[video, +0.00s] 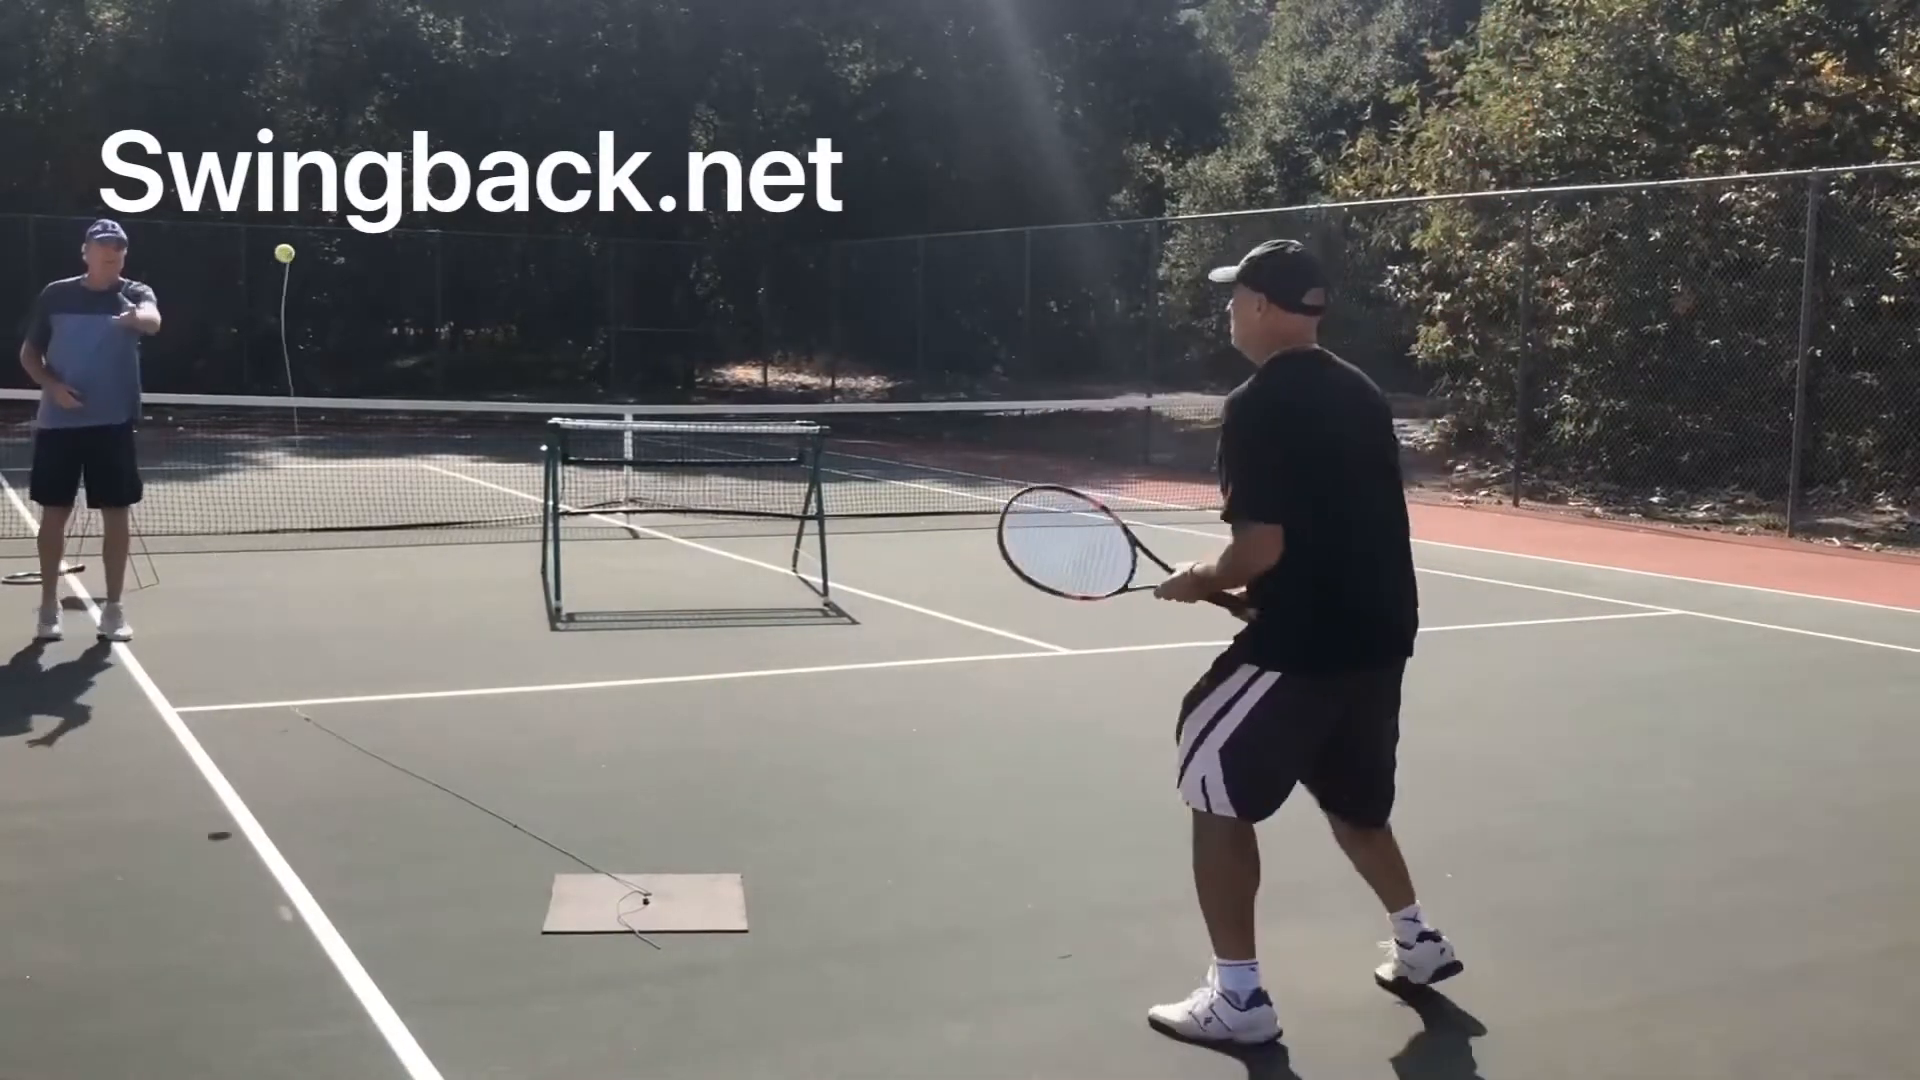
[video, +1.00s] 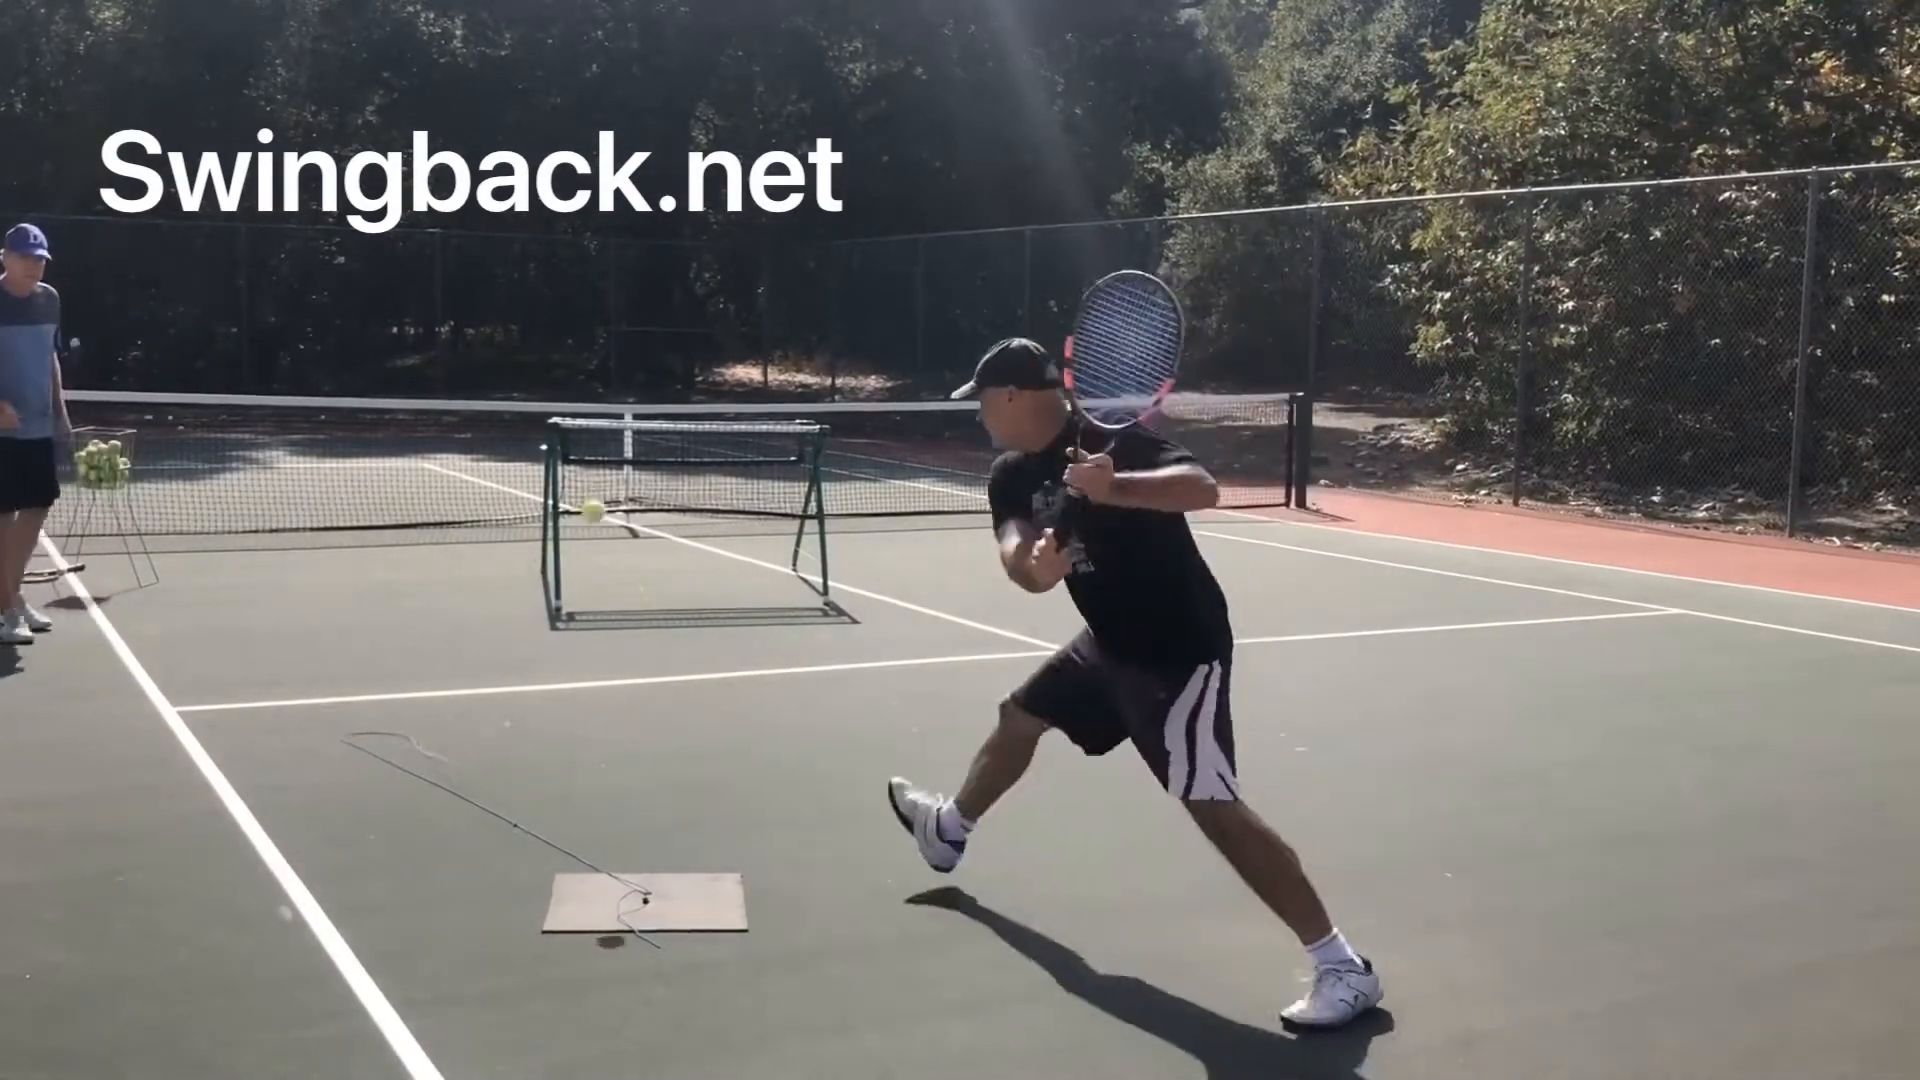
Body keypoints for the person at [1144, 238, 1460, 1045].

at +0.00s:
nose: (1230, 312)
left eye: (1238, 300)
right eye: (1234, 299)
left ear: (1269, 309)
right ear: (1309, 311)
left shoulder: (1259, 403)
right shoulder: (1361, 392)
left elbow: (1260, 544)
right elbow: (1359, 528)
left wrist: (1208, 577)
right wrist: (1259, 584)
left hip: (1298, 646)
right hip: (1379, 642)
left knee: (1214, 785)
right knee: (1354, 800)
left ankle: (1236, 994)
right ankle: (1418, 941)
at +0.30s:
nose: (1212, 303)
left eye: (1224, 290)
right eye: (1216, 289)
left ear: (1268, 299)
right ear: (1264, 299)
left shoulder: (1305, 383)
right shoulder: (1267, 380)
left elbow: (1342, 523)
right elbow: (1251, 503)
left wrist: (1225, 564)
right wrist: (1205, 572)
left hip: (1341, 619)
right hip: (1321, 613)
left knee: (1260, 770)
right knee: (1320, 778)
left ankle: (1318, 974)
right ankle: (1352, 944)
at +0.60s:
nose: (1140, 336)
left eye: (1148, 322)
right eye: (1141, 323)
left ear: (1187, 322)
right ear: (1184, 324)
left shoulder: (1272, 396)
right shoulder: (1176, 407)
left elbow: (1339, 513)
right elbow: (1162, 524)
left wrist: (1242, 559)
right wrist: (1162, 583)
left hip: (1323, 622)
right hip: (1256, 621)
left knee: (1283, 785)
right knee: (1234, 768)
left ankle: (1368, 973)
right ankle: (1307, 930)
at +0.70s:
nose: (1112, 344)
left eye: (1119, 329)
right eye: (1112, 331)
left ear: (1162, 326)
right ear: (1157, 330)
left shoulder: (1240, 389)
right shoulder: (1145, 411)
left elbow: (1321, 490)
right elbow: (1129, 507)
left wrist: (1214, 520)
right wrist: (1133, 554)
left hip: (1298, 611)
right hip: (1235, 608)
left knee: (1245, 772)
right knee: (1186, 748)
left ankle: (1341, 960)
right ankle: (1277, 904)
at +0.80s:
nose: (1082, 365)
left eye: (1090, 350)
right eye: (1081, 351)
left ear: (1136, 348)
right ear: (1120, 354)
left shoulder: (1208, 402)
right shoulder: (1113, 429)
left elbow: (1294, 472)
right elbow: (1096, 509)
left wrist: (1183, 482)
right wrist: (1095, 539)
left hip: (1275, 623)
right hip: (1202, 616)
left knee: (1245, 787)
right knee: (1116, 722)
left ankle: (1349, 967)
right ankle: (1202, 860)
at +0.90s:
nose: (1041, 395)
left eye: (1048, 379)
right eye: (1039, 381)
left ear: (1089, 373)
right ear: (1073, 380)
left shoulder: (1171, 420)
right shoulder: (1070, 453)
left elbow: (1259, 465)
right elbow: (1065, 558)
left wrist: (1145, 463)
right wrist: (1076, 521)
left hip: (1238, 640)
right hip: (1163, 630)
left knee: (1230, 805)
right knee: (1068, 716)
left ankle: (1346, 969)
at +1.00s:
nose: (982, 416)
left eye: (987, 402)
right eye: (981, 403)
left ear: (1022, 398)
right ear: (1020, 401)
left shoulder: (1121, 443)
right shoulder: (1012, 477)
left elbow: (1202, 489)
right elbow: (1019, 561)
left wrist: (1113, 488)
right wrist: (1039, 570)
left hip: (1186, 651)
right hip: (1112, 641)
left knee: (1214, 805)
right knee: (1021, 715)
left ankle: (1342, 968)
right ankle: (949, 831)